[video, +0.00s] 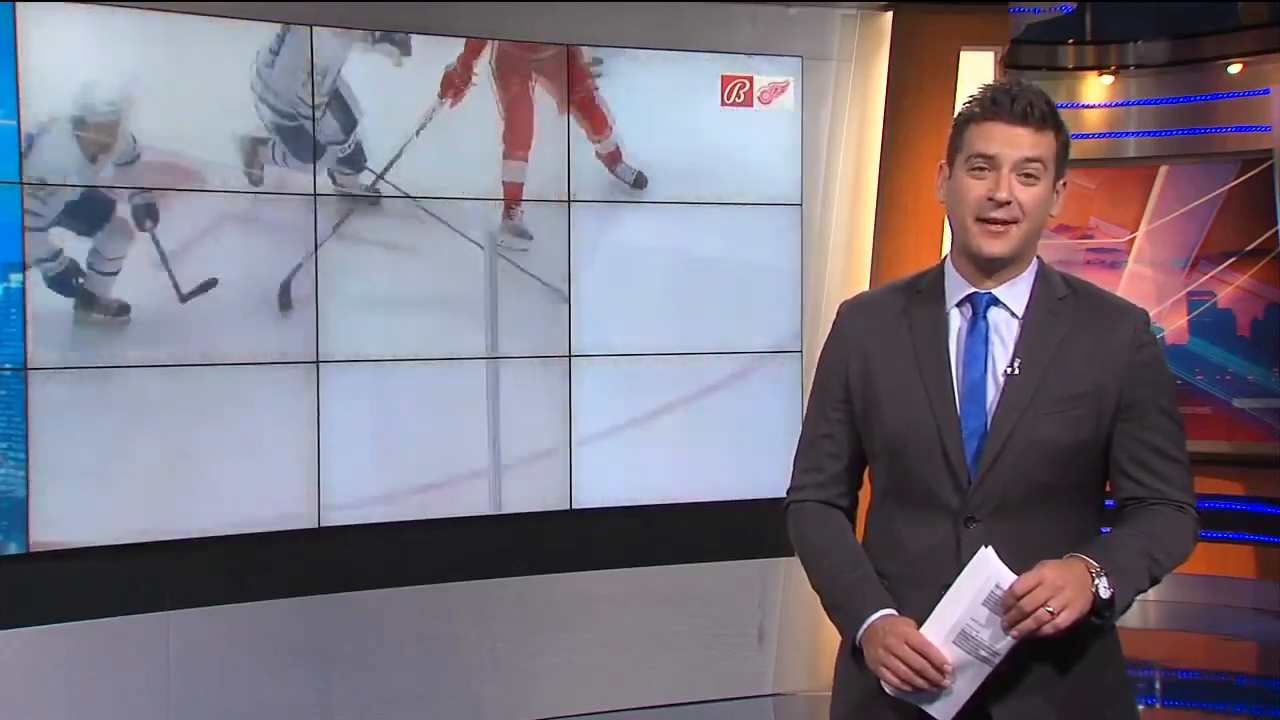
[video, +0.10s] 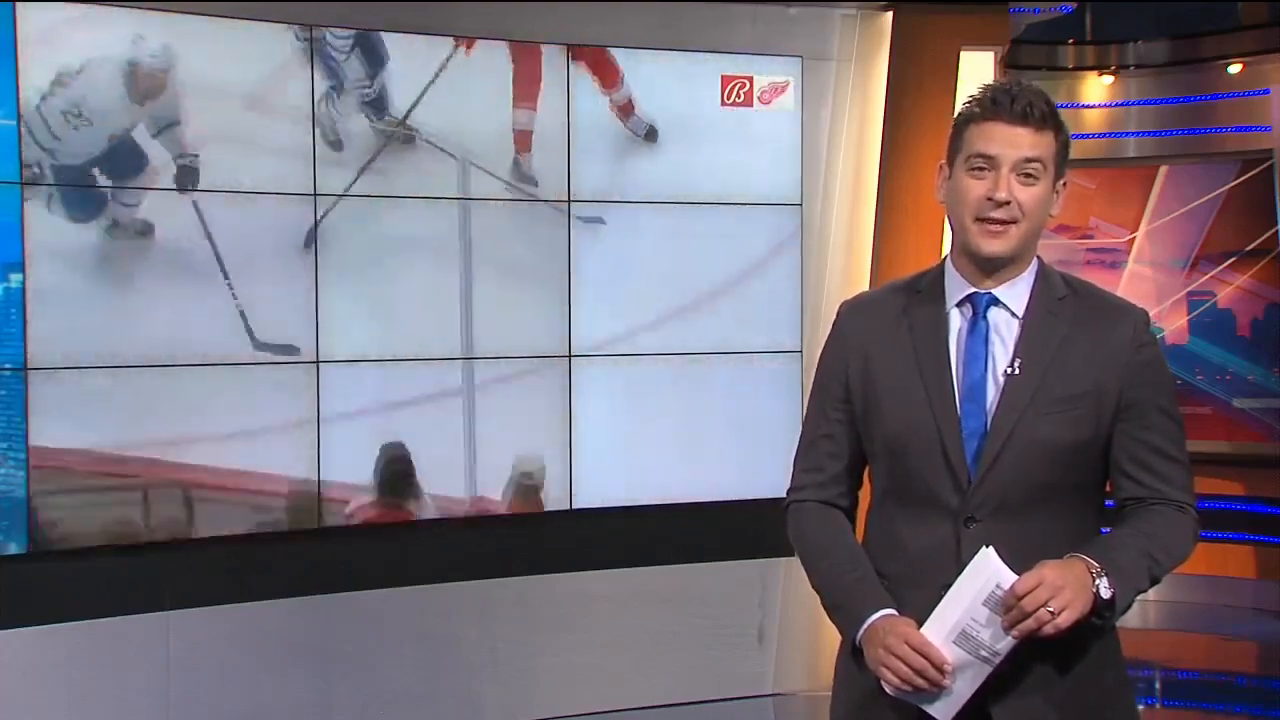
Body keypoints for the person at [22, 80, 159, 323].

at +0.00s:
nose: (109, 138)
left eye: (114, 128)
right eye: (101, 129)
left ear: (120, 125)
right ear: (80, 127)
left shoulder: (117, 139)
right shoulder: (53, 157)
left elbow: (132, 167)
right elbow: (30, 228)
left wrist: (141, 200)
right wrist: (56, 268)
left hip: (64, 197)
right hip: (26, 207)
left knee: (118, 233)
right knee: (20, 255)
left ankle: (92, 298)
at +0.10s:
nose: (160, 85)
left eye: (164, 77)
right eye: (154, 77)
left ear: (168, 75)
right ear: (137, 71)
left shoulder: (159, 89)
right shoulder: (96, 87)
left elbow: (165, 123)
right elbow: (34, 127)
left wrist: (184, 159)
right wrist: (28, 169)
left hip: (108, 140)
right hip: (64, 151)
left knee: (136, 172)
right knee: (88, 208)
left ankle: (120, 222)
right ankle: (35, 189)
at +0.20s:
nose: (172, 55)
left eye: (177, 49)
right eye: (167, 47)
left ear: (183, 44)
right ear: (152, 39)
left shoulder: (192, 62)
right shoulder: (113, 37)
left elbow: (193, 103)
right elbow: (50, 40)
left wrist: (204, 140)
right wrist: (32, 90)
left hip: (133, 102)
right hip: (89, 99)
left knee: (130, 152)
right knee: (136, 163)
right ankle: (104, 187)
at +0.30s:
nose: (181, 49)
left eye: (187, 42)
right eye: (175, 42)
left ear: (194, 38)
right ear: (158, 33)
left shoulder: (207, 51)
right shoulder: (124, 34)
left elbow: (210, 89)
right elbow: (77, 60)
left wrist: (210, 123)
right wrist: (60, 102)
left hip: (165, 90)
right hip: (124, 78)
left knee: (142, 147)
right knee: (108, 132)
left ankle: (124, 193)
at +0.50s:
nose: (295, 85)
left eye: (300, 80)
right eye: (293, 78)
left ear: (303, 78)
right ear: (279, 69)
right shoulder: (242, 77)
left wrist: (309, 114)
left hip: (254, 114)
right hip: (200, 100)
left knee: (288, 151)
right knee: (151, 145)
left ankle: (264, 199)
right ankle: (96, 175)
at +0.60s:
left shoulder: (336, 91)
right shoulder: (300, 121)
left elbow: (348, 84)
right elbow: (286, 172)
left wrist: (355, 134)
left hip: (290, 141)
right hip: (241, 128)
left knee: (342, 182)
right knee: (221, 194)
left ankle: (323, 215)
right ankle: (184, 152)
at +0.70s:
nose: (360, 129)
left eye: (365, 122)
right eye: (354, 122)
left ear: (371, 120)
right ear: (340, 116)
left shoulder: (365, 125)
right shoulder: (314, 137)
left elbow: (374, 161)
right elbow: (278, 186)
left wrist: (386, 198)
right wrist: (290, 233)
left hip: (322, 154)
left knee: (360, 202)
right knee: (278, 220)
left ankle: (367, 233)